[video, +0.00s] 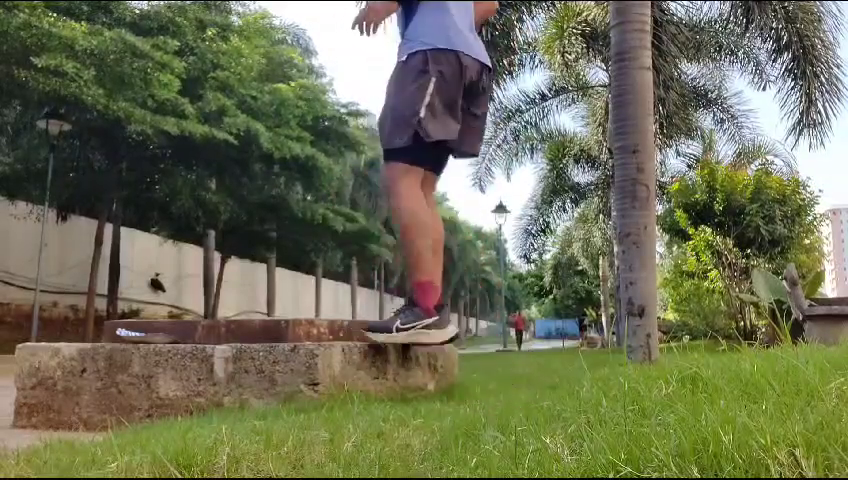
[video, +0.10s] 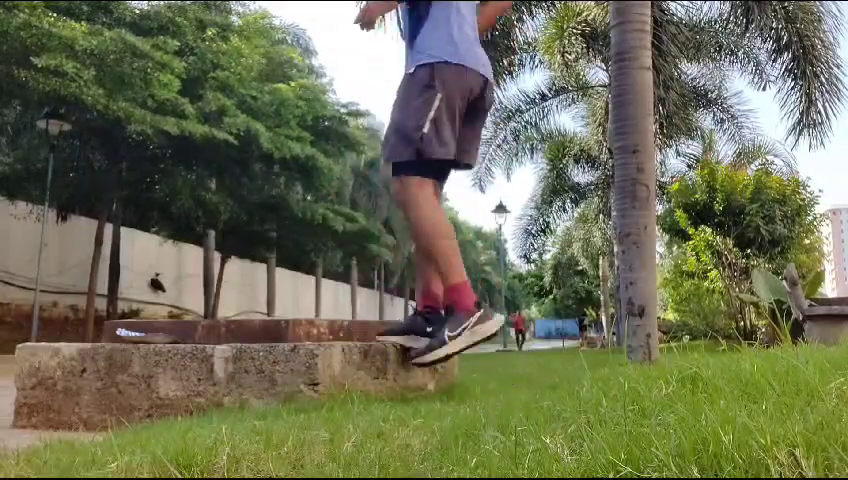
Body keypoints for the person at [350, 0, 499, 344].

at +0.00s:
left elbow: (387, 5)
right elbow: (488, 4)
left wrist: (383, 5)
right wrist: (444, 25)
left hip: (432, 49)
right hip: (473, 59)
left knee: (402, 178)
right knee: (423, 190)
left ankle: (424, 306)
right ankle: (432, 310)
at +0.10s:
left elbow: (387, 4)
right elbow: (501, 2)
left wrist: (374, 10)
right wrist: (463, 32)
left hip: (438, 57)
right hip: (476, 67)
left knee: (410, 184)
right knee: (426, 189)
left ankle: (465, 309)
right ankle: (430, 313)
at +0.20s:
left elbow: (386, 7)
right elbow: (518, 2)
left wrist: (379, 12)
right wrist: (474, 34)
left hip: (459, 68)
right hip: (489, 75)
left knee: (445, 206)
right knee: (406, 184)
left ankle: (482, 344)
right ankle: (437, 302)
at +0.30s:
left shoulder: (430, 4)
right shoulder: (492, 5)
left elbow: (437, 6)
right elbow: (535, 32)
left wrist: (394, 51)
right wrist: (494, 80)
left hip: (467, 114)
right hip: (499, 115)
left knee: (468, 253)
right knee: (398, 201)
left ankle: (517, 379)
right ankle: (461, 295)